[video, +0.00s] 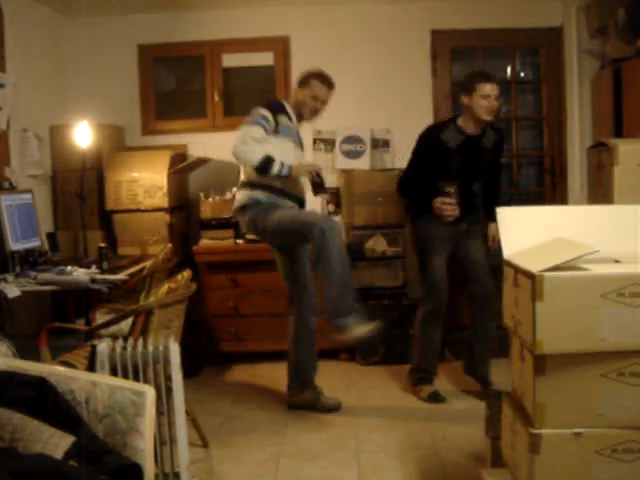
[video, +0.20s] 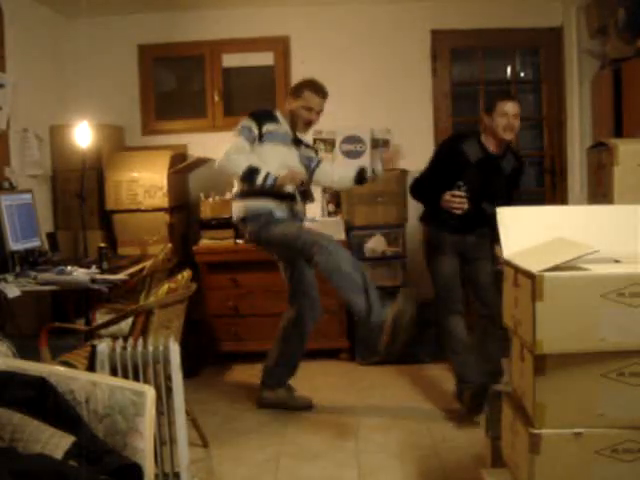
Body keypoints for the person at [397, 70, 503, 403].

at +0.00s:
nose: (493, 104)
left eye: (496, 98)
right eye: (486, 98)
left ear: (498, 102)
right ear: (465, 100)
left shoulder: (493, 138)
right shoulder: (435, 137)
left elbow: (493, 185)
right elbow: (407, 184)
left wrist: (493, 220)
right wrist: (430, 204)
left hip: (472, 224)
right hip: (434, 225)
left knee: (484, 291)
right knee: (437, 294)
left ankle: (479, 369)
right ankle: (423, 374)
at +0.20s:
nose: (511, 123)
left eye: (516, 117)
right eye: (504, 116)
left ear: (520, 122)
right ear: (486, 119)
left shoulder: (512, 163)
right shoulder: (457, 147)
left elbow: (509, 209)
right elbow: (419, 188)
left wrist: (505, 245)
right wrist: (440, 199)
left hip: (482, 240)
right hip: (444, 238)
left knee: (488, 309)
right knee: (453, 309)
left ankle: (487, 378)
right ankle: (468, 383)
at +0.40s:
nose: (488, 125)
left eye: (495, 119)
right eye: (483, 119)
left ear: (508, 124)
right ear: (476, 124)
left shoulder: (516, 168)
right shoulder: (456, 158)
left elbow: (523, 224)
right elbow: (422, 199)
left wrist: (511, 206)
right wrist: (439, 203)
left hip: (498, 250)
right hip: (458, 248)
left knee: (501, 315)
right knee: (471, 313)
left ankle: (493, 379)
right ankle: (477, 393)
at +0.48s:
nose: (462, 101)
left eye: (469, 95)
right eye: (459, 96)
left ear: (489, 99)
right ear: (456, 102)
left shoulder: (510, 141)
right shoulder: (447, 140)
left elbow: (527, 189)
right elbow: (422, 189)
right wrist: (434, 197)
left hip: (499, 233)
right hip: (457, 234)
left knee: (497, 303)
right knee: (464, 303)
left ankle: (493, 372)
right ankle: (473, 375)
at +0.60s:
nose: (443, 93)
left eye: (449, 85)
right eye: (439, 87)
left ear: (468, 85)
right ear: (437, 92)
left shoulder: (496, 120)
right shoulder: (438, 132)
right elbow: (428, 175)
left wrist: (475, 111)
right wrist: (429, 191)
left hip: (495, 222)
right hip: (457, 223)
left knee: (495, 299)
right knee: (459, 300)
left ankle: (495, 368)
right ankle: (465, 373)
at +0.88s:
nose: (414, 108)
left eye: (419, 102)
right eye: (413, 102)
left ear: (439, 102)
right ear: (429, 105)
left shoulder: (467, 135)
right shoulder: (441, 146)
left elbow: (494, 183)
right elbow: (446, 198)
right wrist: (418, 203)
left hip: (488, 234)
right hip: (465, 235)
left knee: (458, 302)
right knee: (457, 304)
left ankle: (498, 373)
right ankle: (474, 383)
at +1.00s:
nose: (396, 110)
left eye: (401, 103)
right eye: (397, 104)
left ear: (422, 103)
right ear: (422, 105)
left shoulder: (441, 131)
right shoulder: (441, 133)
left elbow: (455, 179)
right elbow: (450, 193)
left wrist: (454, 215)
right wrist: (413, 201)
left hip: (490, 215)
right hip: (489, 214)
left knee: (444, 275)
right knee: (485, 297)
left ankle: (483, 356)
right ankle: (491, 376)